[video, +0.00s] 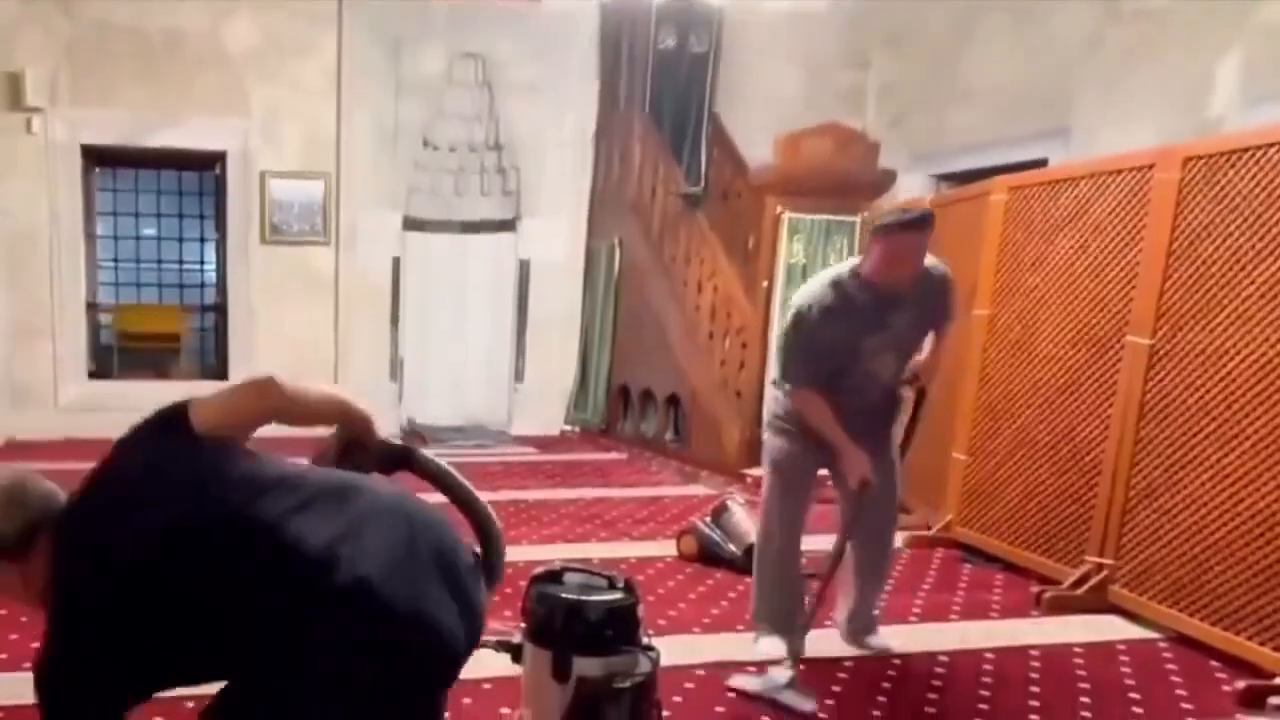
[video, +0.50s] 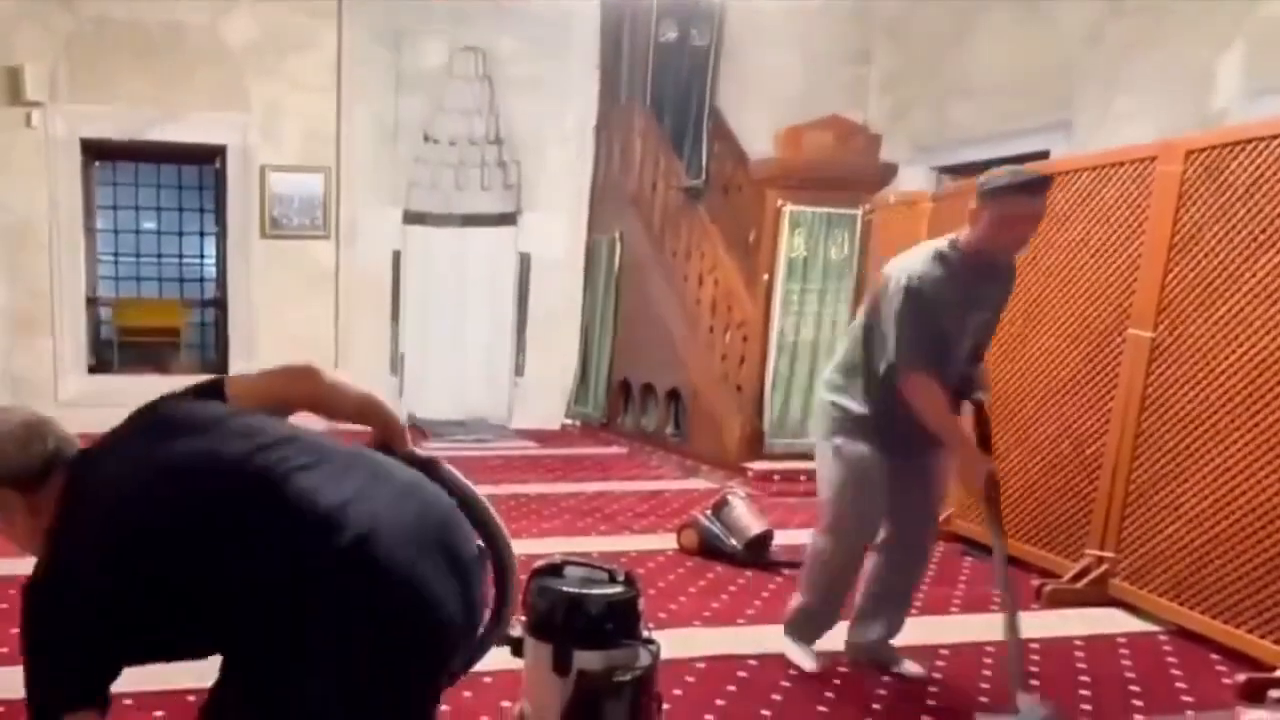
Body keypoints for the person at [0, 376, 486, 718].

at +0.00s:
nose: (15, 600)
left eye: (8, 583)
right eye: (8, 586)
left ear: (19, 563)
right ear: (58, 503)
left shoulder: (76, 666)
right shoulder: (141, 454)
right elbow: (268, 392)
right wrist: (354, 418)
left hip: (371, 646)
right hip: (437, 547)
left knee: (231, 703)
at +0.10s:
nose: (35, 616)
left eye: (24, 601)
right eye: (22, 606)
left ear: (39, 580)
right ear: (73, 512)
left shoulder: (95, 673)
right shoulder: (161, 470)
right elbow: (272, 407)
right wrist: (365, 425)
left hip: (382, 662)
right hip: (441, 556)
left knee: (231, 702)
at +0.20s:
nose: (37, 612)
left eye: (25, 595)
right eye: (23, 599)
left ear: (42, 575)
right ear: (81, 511)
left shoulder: (99, 669)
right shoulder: (172, 470)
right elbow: (285, 412)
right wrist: (382, 436)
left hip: (389, 659)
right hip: (445, 555)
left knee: (232, 702)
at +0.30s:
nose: (29, 589)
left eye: (22, 576)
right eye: (20, 578)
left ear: (41, 556)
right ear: (84, 491)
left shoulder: (90, 653)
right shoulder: (170, 457)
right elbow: (298, 404)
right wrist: (391, 441)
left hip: (378, 640)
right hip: (450, 544)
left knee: (227, 705)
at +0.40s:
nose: (19, 560)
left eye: (11, 543)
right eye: (9, 546)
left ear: (29, 527)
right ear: (73, 460)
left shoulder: (79, 625)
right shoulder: (165, 437)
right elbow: (305, 389)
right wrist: (392, 432)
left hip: (370, 629)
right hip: (452, 540)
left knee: (229, 703)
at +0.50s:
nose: (6, 529)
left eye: (1, 513)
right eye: (1, 515)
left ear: (16, 501)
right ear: (70, 441)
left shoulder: (60, 596)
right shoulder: (159, 420)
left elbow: (72, 710)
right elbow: (307, 379)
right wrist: (392, 428)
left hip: (365, 625)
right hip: (455, 545)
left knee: (234, 702)